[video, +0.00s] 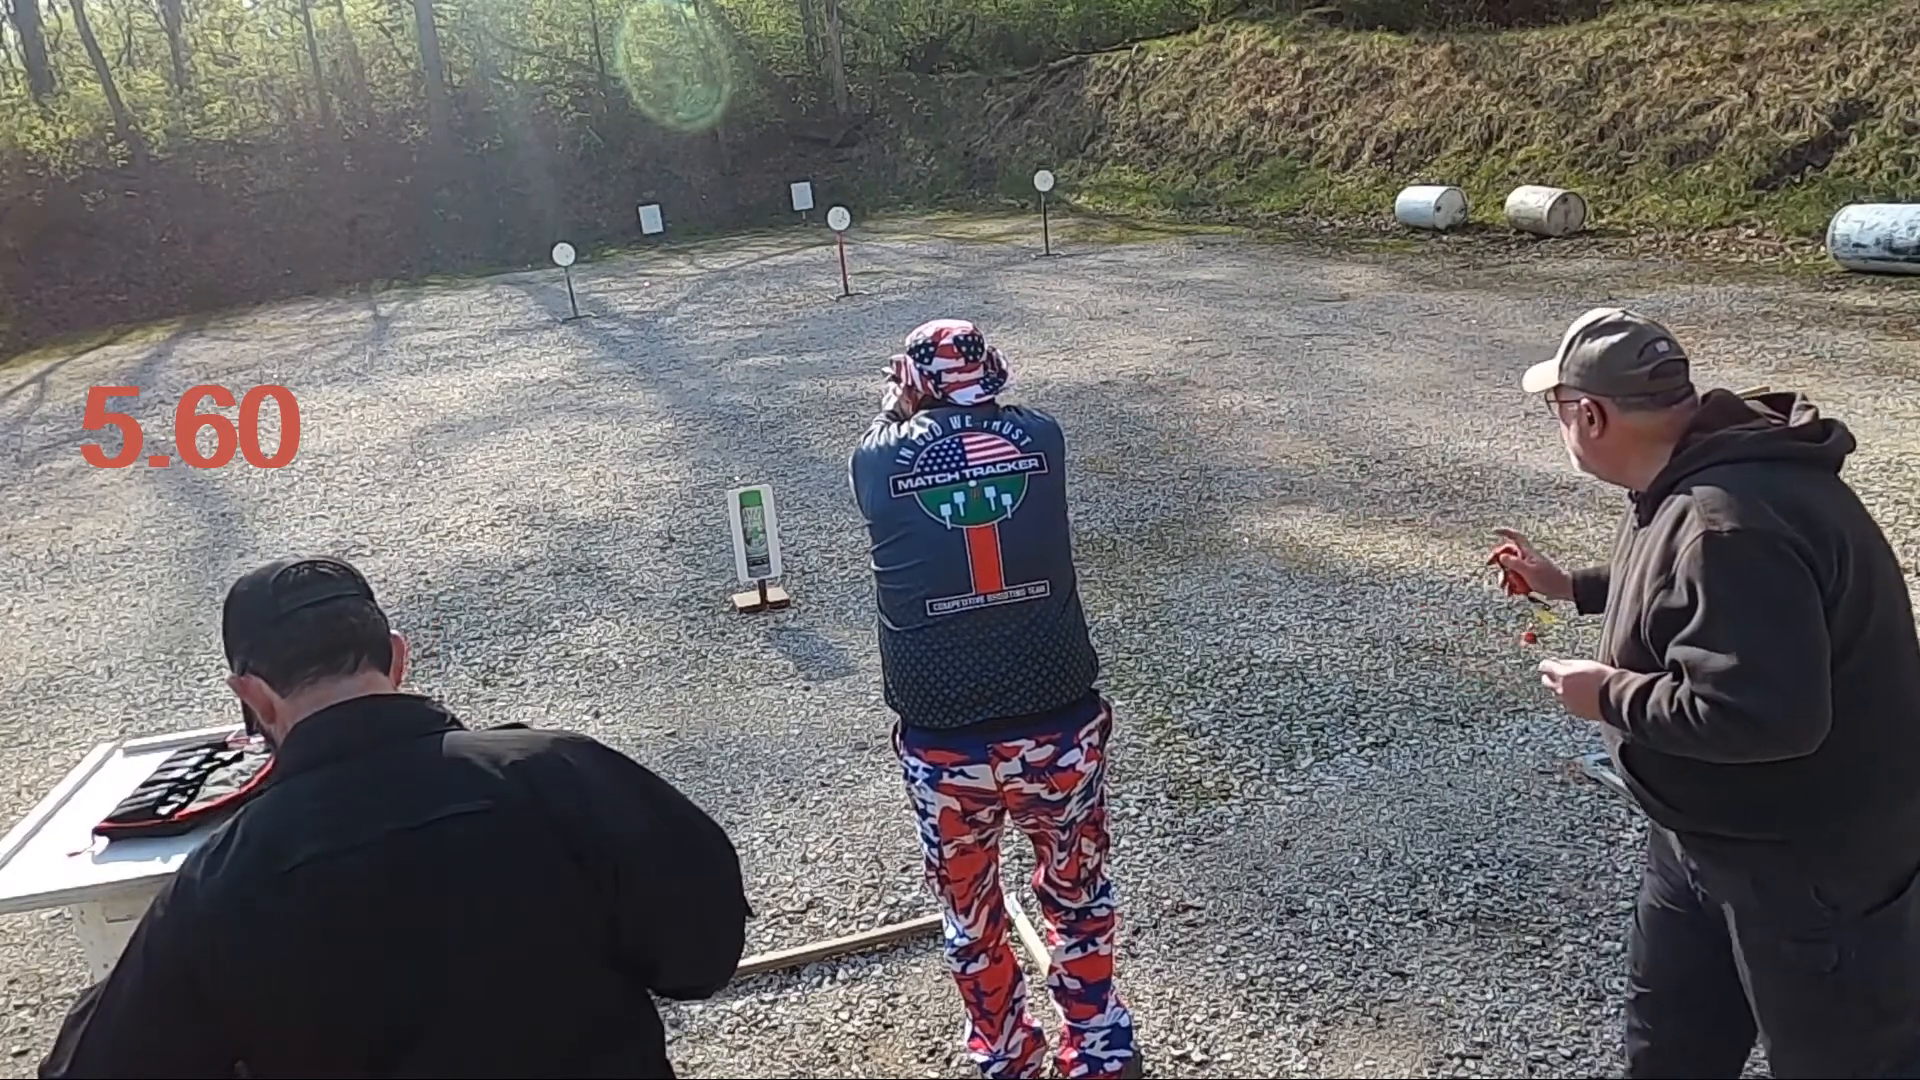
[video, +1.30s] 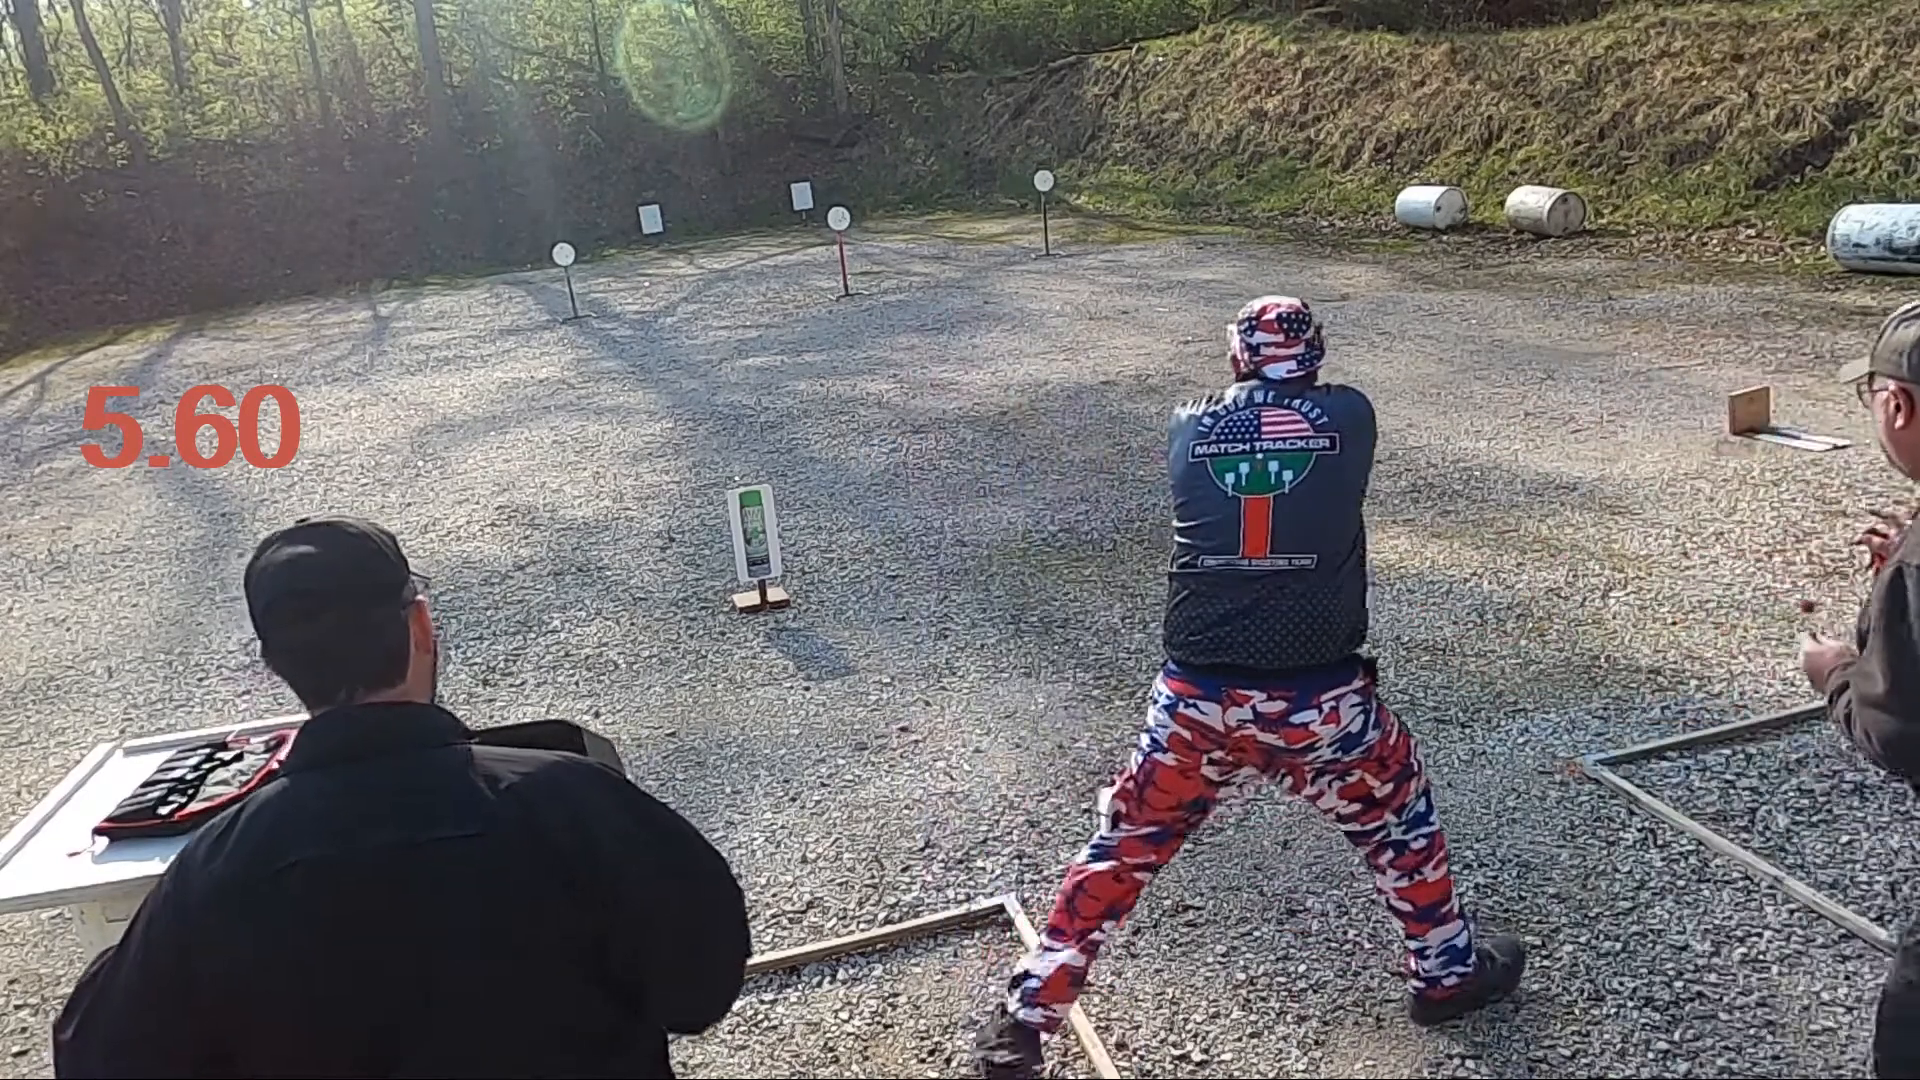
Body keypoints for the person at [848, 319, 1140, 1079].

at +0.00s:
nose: (904, 394)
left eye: (908, 385)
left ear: (910, 395)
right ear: (992, 385)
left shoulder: (874, 465)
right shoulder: (1041, 436)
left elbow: (884, 441)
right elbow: (980, 430)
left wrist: (901, 404)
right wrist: (937, 400)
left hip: (943, 746)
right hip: (1061, 731)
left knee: (971, 909)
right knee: (1077, 894)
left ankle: (1005, 1057)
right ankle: (1100, 1054)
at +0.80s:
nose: (944, 377)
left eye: (946, 367)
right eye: (950, 366)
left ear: (954, 379)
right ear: (1028, 370)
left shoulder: (917, 446)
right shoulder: (1079, 419)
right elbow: (1028, 419)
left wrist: (970, 395)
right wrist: (982, 389)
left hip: (985, 726)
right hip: (1105, 714)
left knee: (980, 891)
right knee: (1118, 872)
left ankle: (1000, 1054)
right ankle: (1106, 1039)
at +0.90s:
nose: (981, 380)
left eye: (979, 369)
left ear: (978, 378)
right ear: (1056, 368)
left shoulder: (939, 446)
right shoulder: (1101, 419)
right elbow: (1053, 419)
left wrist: (993, 396)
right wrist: (1012, 391)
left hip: (1005, 725)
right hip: (1126, 711)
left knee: (995, 892)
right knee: (1172, 847)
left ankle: (1001, 1055)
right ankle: (1176, 1025)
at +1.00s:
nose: (1077, 392)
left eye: (1015, 379)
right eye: (1081, 379)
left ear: (1010, 389)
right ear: (1088, 383)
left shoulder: (970, 460)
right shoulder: (1131, 433)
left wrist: (1032, 410)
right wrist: (1051, 406)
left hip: (1032, 736)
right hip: (1155, 721)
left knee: (1008, 887)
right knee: (1236, 844)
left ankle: (1002, 1052)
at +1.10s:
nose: (1131, 402)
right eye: (1133, 390)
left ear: (1063, 400)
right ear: (1139, 395)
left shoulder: (1019, 469)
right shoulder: (1180, 447)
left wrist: (1084, 416)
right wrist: (1095, 418)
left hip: (1063, 743)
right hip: (1190, 733)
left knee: (1028, 888)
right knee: (1293, 838)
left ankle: (1004, 1051)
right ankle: (1394, 966)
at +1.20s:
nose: (1210, 392)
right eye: (1213, 380)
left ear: (1143, 387)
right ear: (1220, 387)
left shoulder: (1097, 453)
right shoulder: (1257, 441)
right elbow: (1202, 443)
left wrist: (1161, 403)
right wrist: (1170, 404)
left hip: (1119, 733)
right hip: (1245, 731)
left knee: (1065, 880)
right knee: (1344, 826)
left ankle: (1013, 1052)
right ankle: (1434, 957)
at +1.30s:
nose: (1232, 365)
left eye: (1233, 352)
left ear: (1237, 365)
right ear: (1313, 364)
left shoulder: (1189, 428)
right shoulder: (1350, 417)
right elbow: (1294, 417)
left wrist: (1258, 383)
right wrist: (1264, 380)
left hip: (1194, 701)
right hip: (1319, 704)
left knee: (1123, 843)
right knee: (1401, 820)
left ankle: (1028, 1013)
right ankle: (1445, 968)